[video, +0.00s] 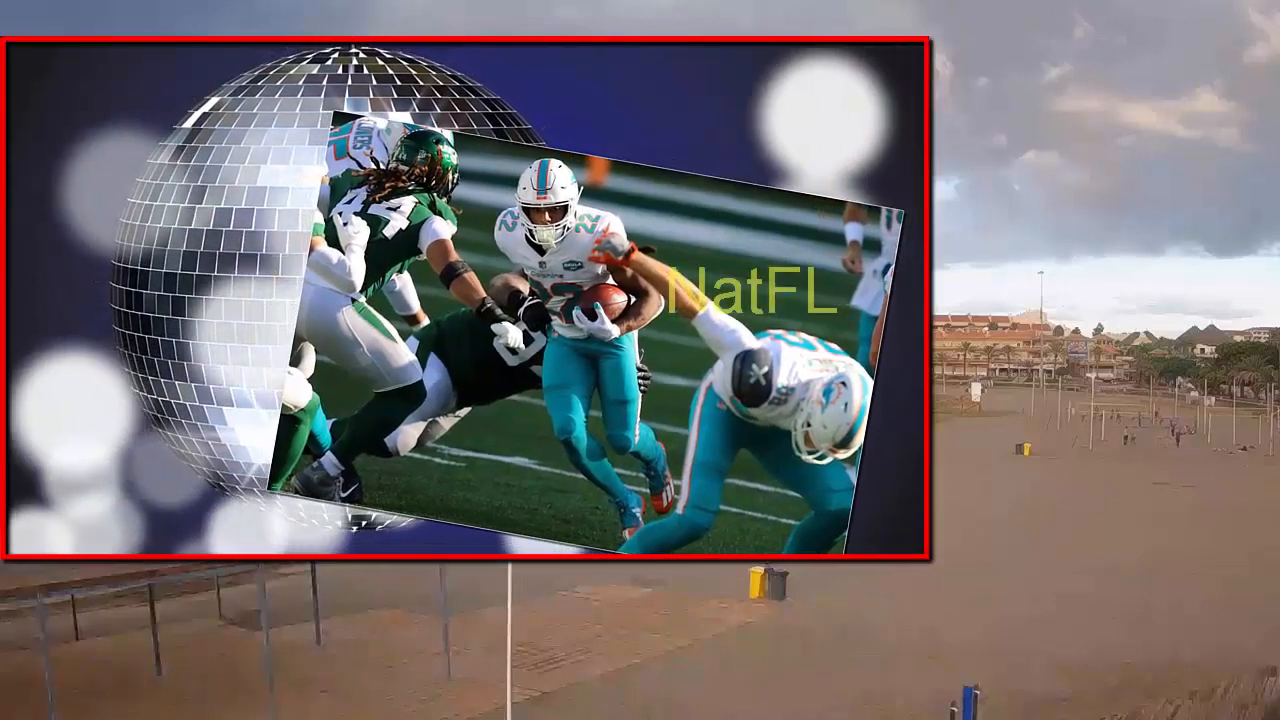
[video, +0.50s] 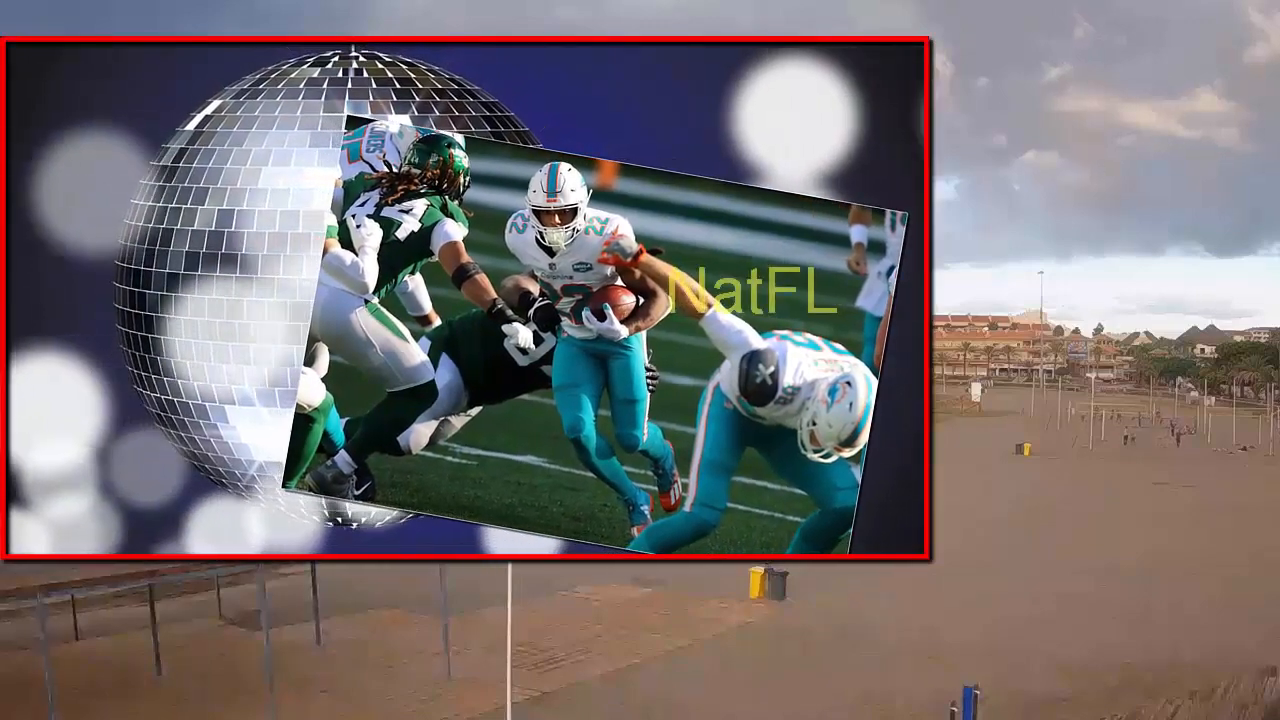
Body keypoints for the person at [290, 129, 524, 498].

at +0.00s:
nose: (451, 181)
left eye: (450, 174)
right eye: (449, 173)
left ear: (396, 160)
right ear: (439, 175)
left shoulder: (350, 183)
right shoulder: (425, 214)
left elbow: (301, 202)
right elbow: (451, 270)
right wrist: (493, 316)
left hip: (287, 285)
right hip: (334, 304)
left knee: (292, 372)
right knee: (408, 389)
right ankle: (326, 470)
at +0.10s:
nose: (453, 180)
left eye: (452, 173)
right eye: (451, 173)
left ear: (398, 161)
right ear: (441, 174)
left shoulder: (353, 183)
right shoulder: (428, 213)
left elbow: (303, 208)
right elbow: (453, 270)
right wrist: (494, 314)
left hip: (289, 285)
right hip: (337, 303)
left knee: (297, 368)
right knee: (410, 388)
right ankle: (330, 468)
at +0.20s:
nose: (455, 183)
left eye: (454, 175)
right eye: (453, 174)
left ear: (402, 161)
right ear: (442, 175)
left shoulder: (354, 183)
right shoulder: (430, 214)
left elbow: (304, 207)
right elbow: (456, 270)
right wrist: (495, 313)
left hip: (292, 285)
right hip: (339, 303)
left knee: (299, 369)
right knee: (413, 388)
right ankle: (332, 468)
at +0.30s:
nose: (457, 183)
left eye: (457, 175)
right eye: (455, 175)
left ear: (405, 162)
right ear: (444, 175)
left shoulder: (358, 183)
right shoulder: (432, 215)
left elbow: (308, 207)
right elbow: (458, 270)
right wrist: (499, 315)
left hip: (294, 285)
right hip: (341, 303)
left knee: (301, 373)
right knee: (416, 388)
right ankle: (335, 468)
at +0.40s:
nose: (460, 182)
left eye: (459, 175)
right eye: (458, 175)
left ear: (406, 164)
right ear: (447, 176)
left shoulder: (361, 185)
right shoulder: (435, 216)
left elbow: (311, 207)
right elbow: (461, 271)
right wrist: (501, 316)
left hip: (296, 284)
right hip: (343, 303)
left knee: (302, 380)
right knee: (417, 388)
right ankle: (337, 468)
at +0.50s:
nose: (462, 184)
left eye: (462, 177)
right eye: (460, 176)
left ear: (409, 163)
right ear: (450, 177)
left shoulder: (365, 184)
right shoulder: (439, 216)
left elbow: (315, 202)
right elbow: (463, 271)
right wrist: (504, 316)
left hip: (299, 284)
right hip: (346, 304)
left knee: (303, 386)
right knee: (420, 389)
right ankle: (339, 468)